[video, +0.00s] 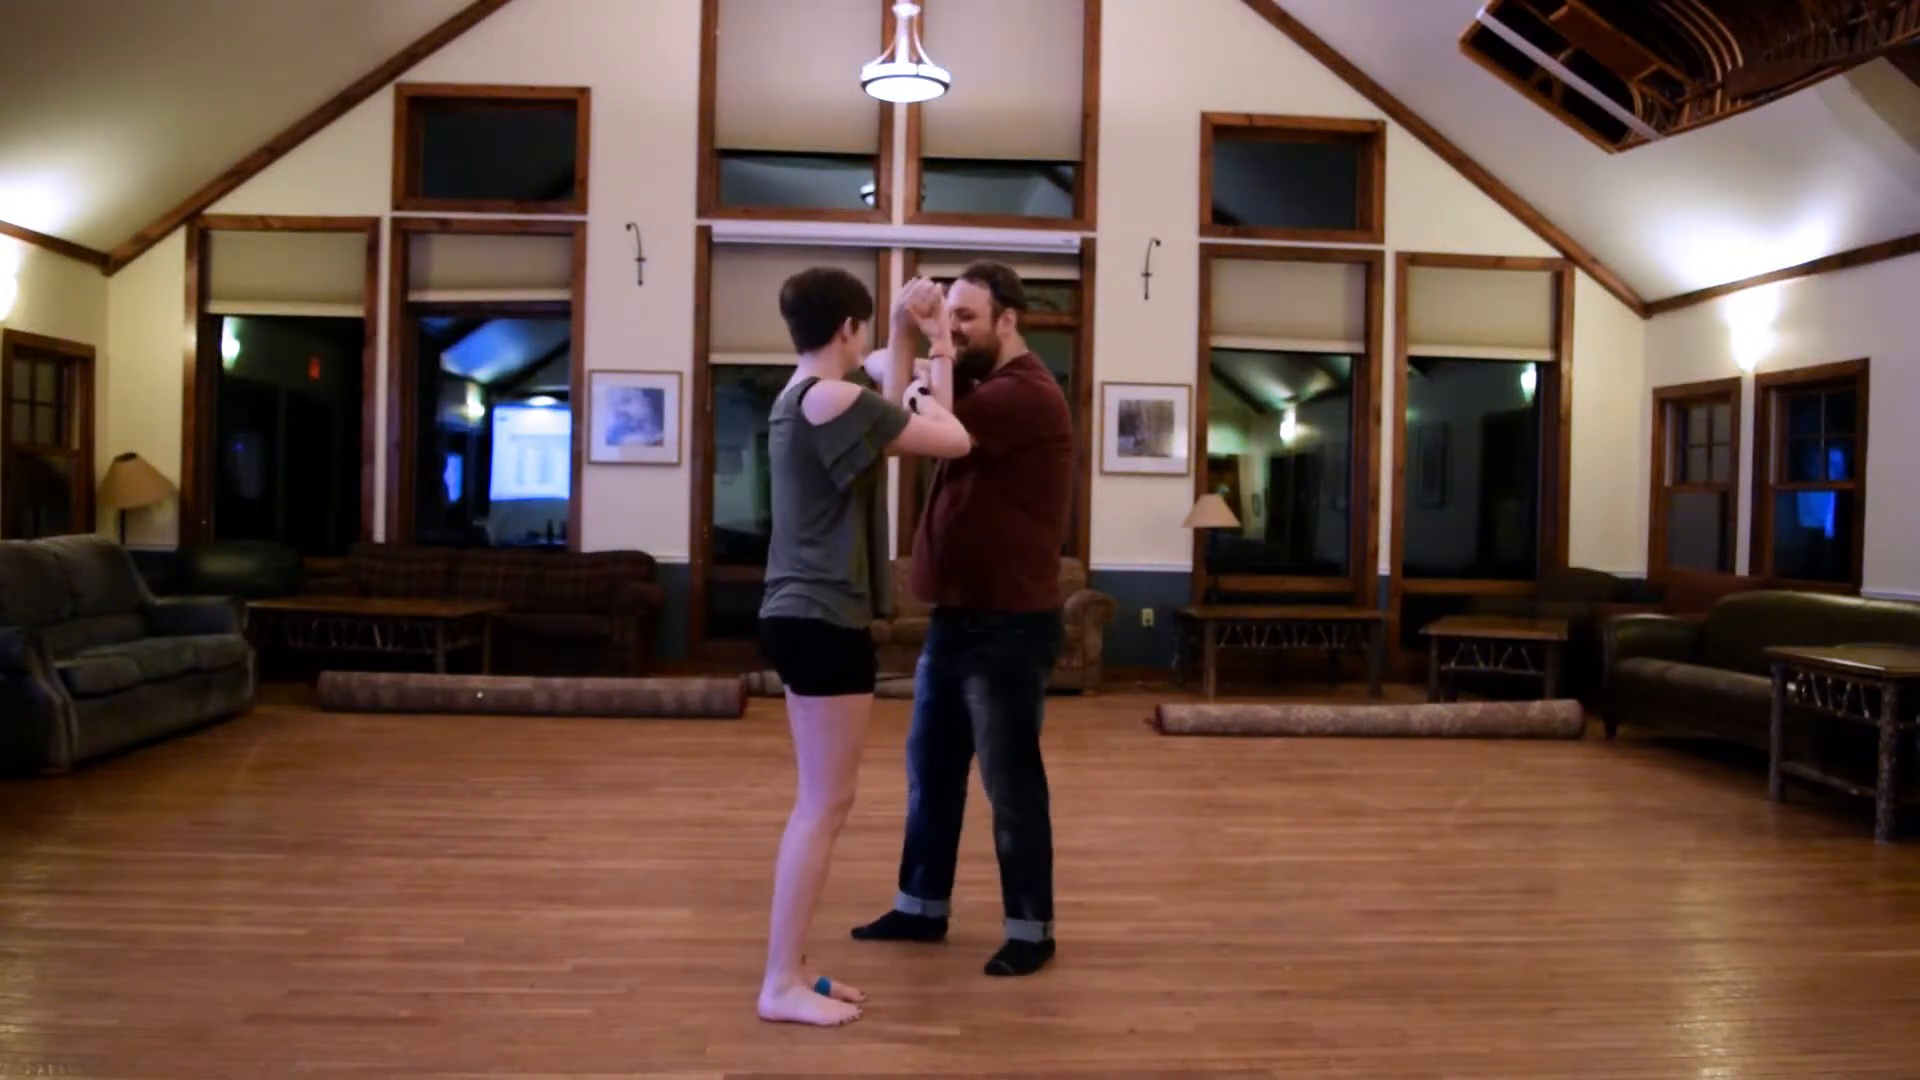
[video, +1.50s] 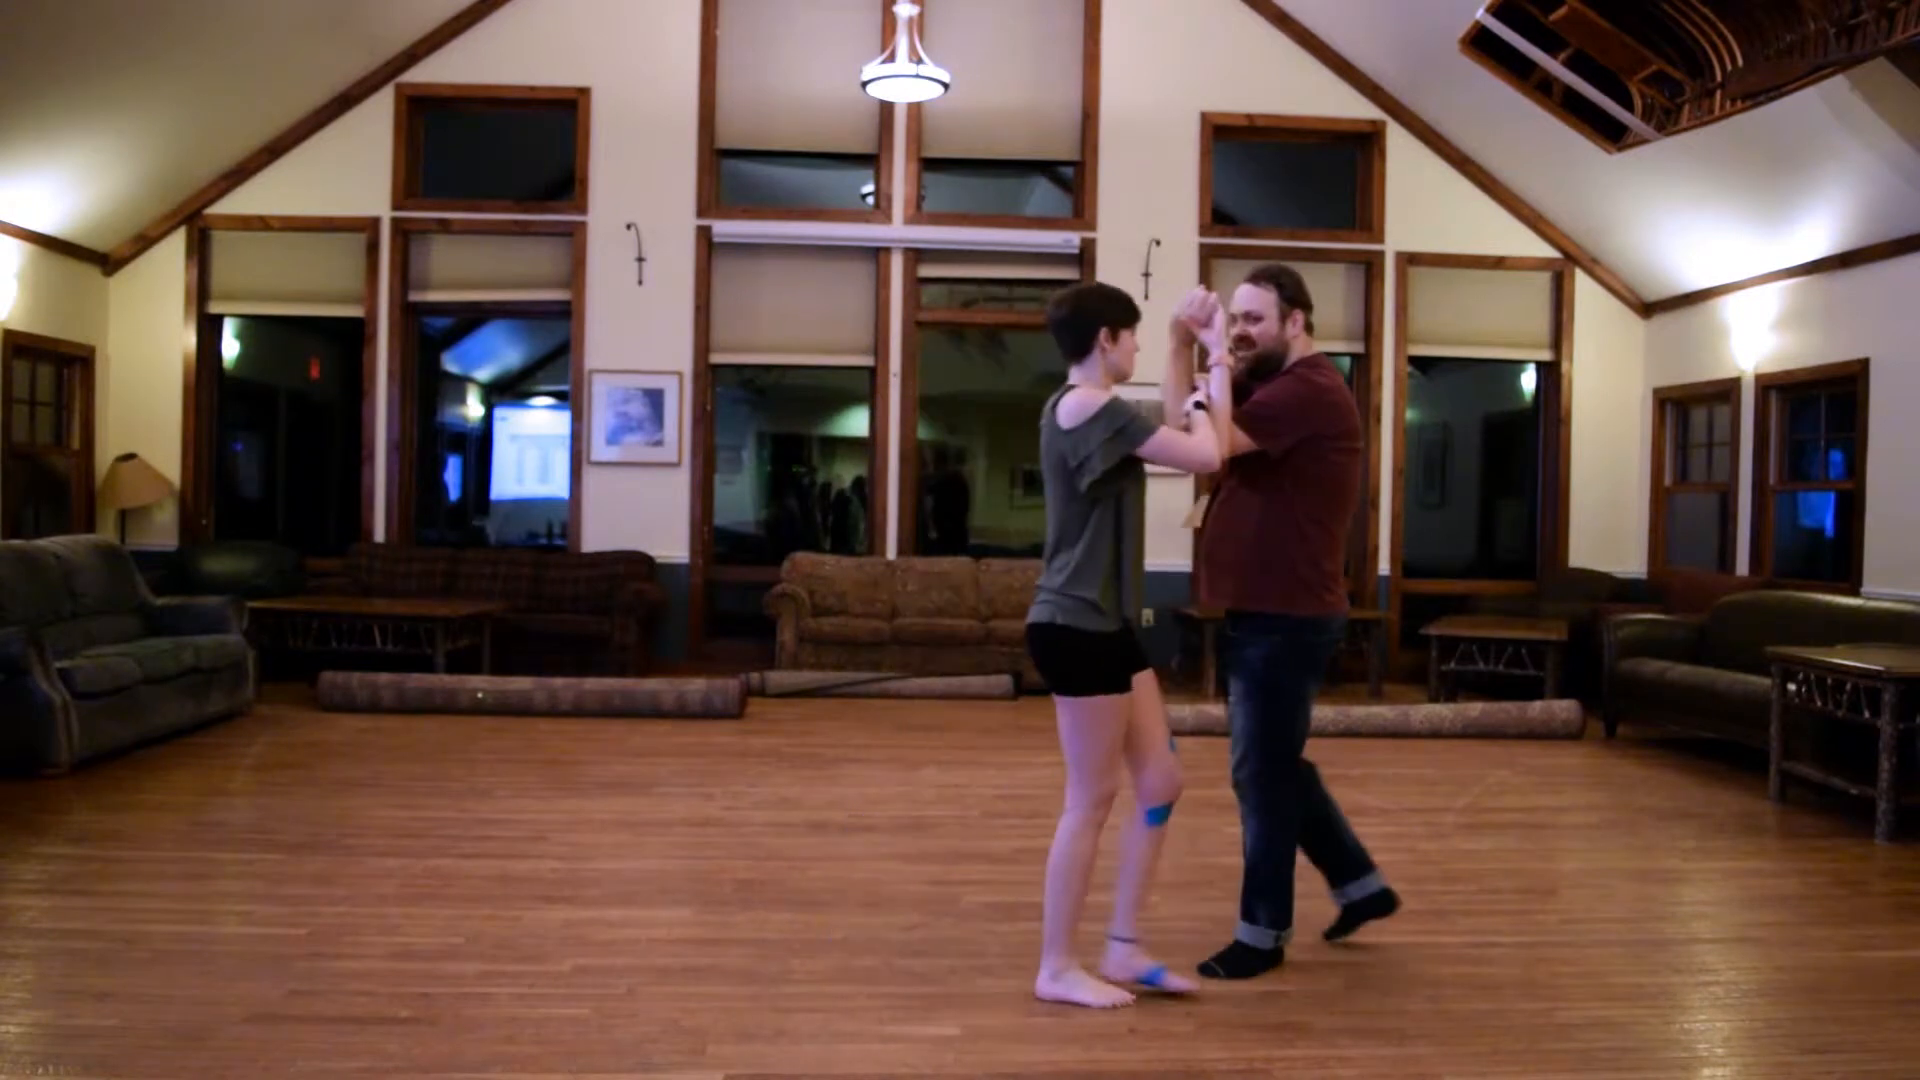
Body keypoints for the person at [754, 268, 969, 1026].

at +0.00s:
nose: (867, 337)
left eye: (867, 325)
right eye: (865, 327)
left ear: (804, 333)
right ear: (851, 331)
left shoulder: (799, 396)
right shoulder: (839, 400)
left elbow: (890, 408)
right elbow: (951, 436)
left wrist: (904, 335)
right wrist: (941, 354)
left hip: (800, 614)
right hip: (825, 621)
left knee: (819, 804)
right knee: (823, 808)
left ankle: (788, 973)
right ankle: (782, 985)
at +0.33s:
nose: (895, 341)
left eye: (894, 329)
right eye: (891, 328)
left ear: (843, 337)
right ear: (864, 335)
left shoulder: (836, 398)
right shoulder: (846, 405)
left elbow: (943, 428)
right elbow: (963, 438)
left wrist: (956, 355)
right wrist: (976, 363)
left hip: (834, 617)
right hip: (823, 621)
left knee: (875, 775)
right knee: (827, 802)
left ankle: (829, 939)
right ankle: (780, 984)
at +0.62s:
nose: (932, 351)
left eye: (932, 339)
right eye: (926, 338)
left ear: (883, 346)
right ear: (892, 344)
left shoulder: (863, 408)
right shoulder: (872, 414)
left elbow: (969, 445)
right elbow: (973, 453)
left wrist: (997, 366)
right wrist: (1010, 367)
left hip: (849, 619)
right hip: (858, 625)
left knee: (878, 786)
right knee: (921, 786)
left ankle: (849, 935)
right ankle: (824, 936)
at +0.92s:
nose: (998, 351)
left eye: (996, 338)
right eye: (990, 338)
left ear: (947, 347)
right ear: (956, 345)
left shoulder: (926, 410)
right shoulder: (934, 418)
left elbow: (1033, 438)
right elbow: (1033, 456)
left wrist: (1051, 349)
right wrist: (1063, 383)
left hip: (909, 619)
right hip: (917, 626)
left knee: (902, 782)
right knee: (981, 782)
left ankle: (847, 932)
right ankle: (1030, 955)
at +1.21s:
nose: (1063, 357)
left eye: (1062, 345)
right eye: (1059, 345)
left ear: (1015, 352)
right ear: (1032, 350)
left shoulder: (990, 418)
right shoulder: (1015, 425)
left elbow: (1102, 448)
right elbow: (1123, 462)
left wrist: (1111, 363)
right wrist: (1145, 372)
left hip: (999, 623)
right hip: (1020, 629)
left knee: (1020, 797)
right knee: (1067, 791)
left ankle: (902, 890)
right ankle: (1056, 969)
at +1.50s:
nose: (1137, 347)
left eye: (1136, 335)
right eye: (1133, 335)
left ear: (1084, 344)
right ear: (1108, 341)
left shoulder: (1072, 408)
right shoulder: (1097, 414)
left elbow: (1178, 443)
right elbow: (1209, 452)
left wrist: (1185, 364)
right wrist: (1217, 374)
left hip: (1107, 623)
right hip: (1078, 627)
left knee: (1158, 784)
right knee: (1091, 797)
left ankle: (1123, 950)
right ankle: (1056, 970)